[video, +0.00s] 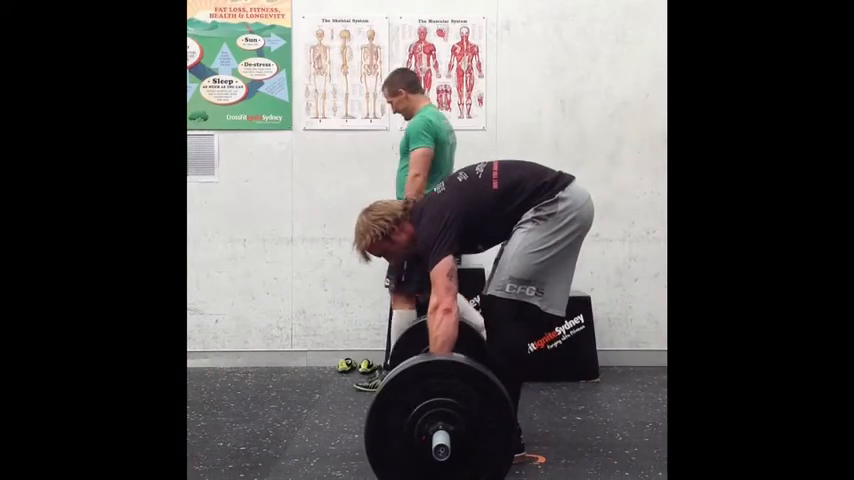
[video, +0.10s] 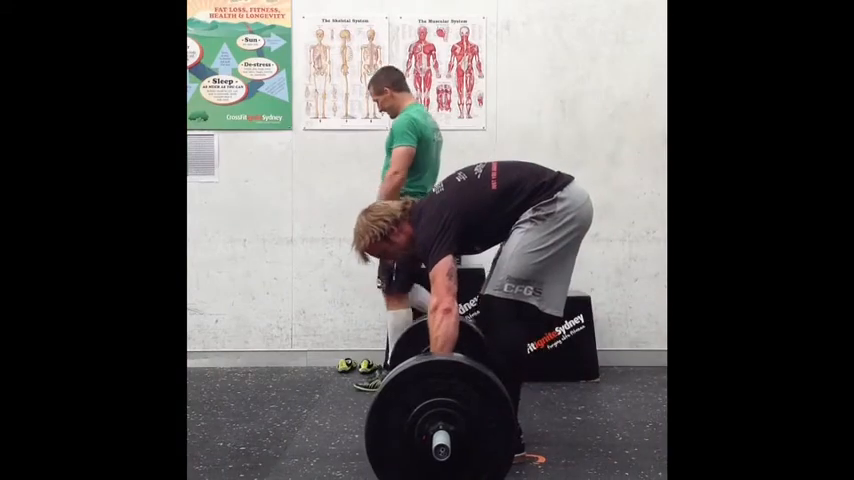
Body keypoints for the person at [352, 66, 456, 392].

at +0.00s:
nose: (392, 108)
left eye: (392, 101)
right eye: (389, 102)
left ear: (404, 93)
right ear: (414, 91)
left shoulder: (421, 124)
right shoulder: (437, 120)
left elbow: (418, 181)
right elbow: (437, 179)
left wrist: (407, 229)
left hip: (419, 228)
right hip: (437, 224)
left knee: (402, 295)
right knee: (442, 291)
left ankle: (396, 372)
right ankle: (493, 337)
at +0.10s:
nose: (378, 107)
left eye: (377, 100)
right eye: (376, 101)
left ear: (390, 91)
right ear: (397, 89)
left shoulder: (407, 122)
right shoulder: (424, 118)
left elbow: (397, 174)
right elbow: (421, 173)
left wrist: (376, 217)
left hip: (405, 214)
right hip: (421, 211)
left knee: (394, 288)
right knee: (401, 282)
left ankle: (397, 369)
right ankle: (451, 314)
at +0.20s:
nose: (366, 105)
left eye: (365, 97)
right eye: (363, 99)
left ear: (378, 89)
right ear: (386, 87)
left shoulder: (395, 120)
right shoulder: (408, 116)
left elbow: (381, 170)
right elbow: (396, 170)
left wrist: (347, 212)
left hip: (391, 213)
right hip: (400, 209)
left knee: (391, 291)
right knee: (362, 277)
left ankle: (400, 369)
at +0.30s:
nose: (352, 104)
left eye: (352, 96)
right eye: (350, 97)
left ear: (365, 90)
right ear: (372, 89)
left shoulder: (384, 120)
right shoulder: (393, 117)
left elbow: (369, 171)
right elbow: (375, 170)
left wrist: (333, 207)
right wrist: (340, 201)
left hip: (381, 217)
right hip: (383, 214)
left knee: (385, 293)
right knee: (344, 274)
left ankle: (397, 369)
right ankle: (374, 346)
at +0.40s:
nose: (340, 105)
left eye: (340, 98)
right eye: (338, 99)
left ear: (353, 92)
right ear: (358, 91)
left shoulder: (373, 121)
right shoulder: (376, 119)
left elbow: (363, 172)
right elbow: (365, 173)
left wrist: (327, 209)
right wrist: (333, 206)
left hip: (369, 218)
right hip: (369, 216)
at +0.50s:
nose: (326, 108)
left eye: (327, 101)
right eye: (325, 102)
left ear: (341, 94)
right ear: (344, 94)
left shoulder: (363, 124)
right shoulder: (362, 122)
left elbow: (356, 175)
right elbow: (356, 176)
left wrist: (329, 218)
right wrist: (331, 217)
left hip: (356, 222)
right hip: (349, 220)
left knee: (372, 295)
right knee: (331, 292)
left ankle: (395, 367)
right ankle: (307, 358)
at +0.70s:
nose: (296, 105)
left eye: (298, 98)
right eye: (295, 98)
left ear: (315, 94)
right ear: (314, 94)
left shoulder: (337, 123)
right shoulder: (326, 125)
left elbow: (343, 175)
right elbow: (322, 180)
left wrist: (341, 225)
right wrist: (306, 227)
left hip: (329, 224)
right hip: (314, 224)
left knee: (338, 291)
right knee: (304, 289)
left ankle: (385, 358)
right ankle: (298, 362)